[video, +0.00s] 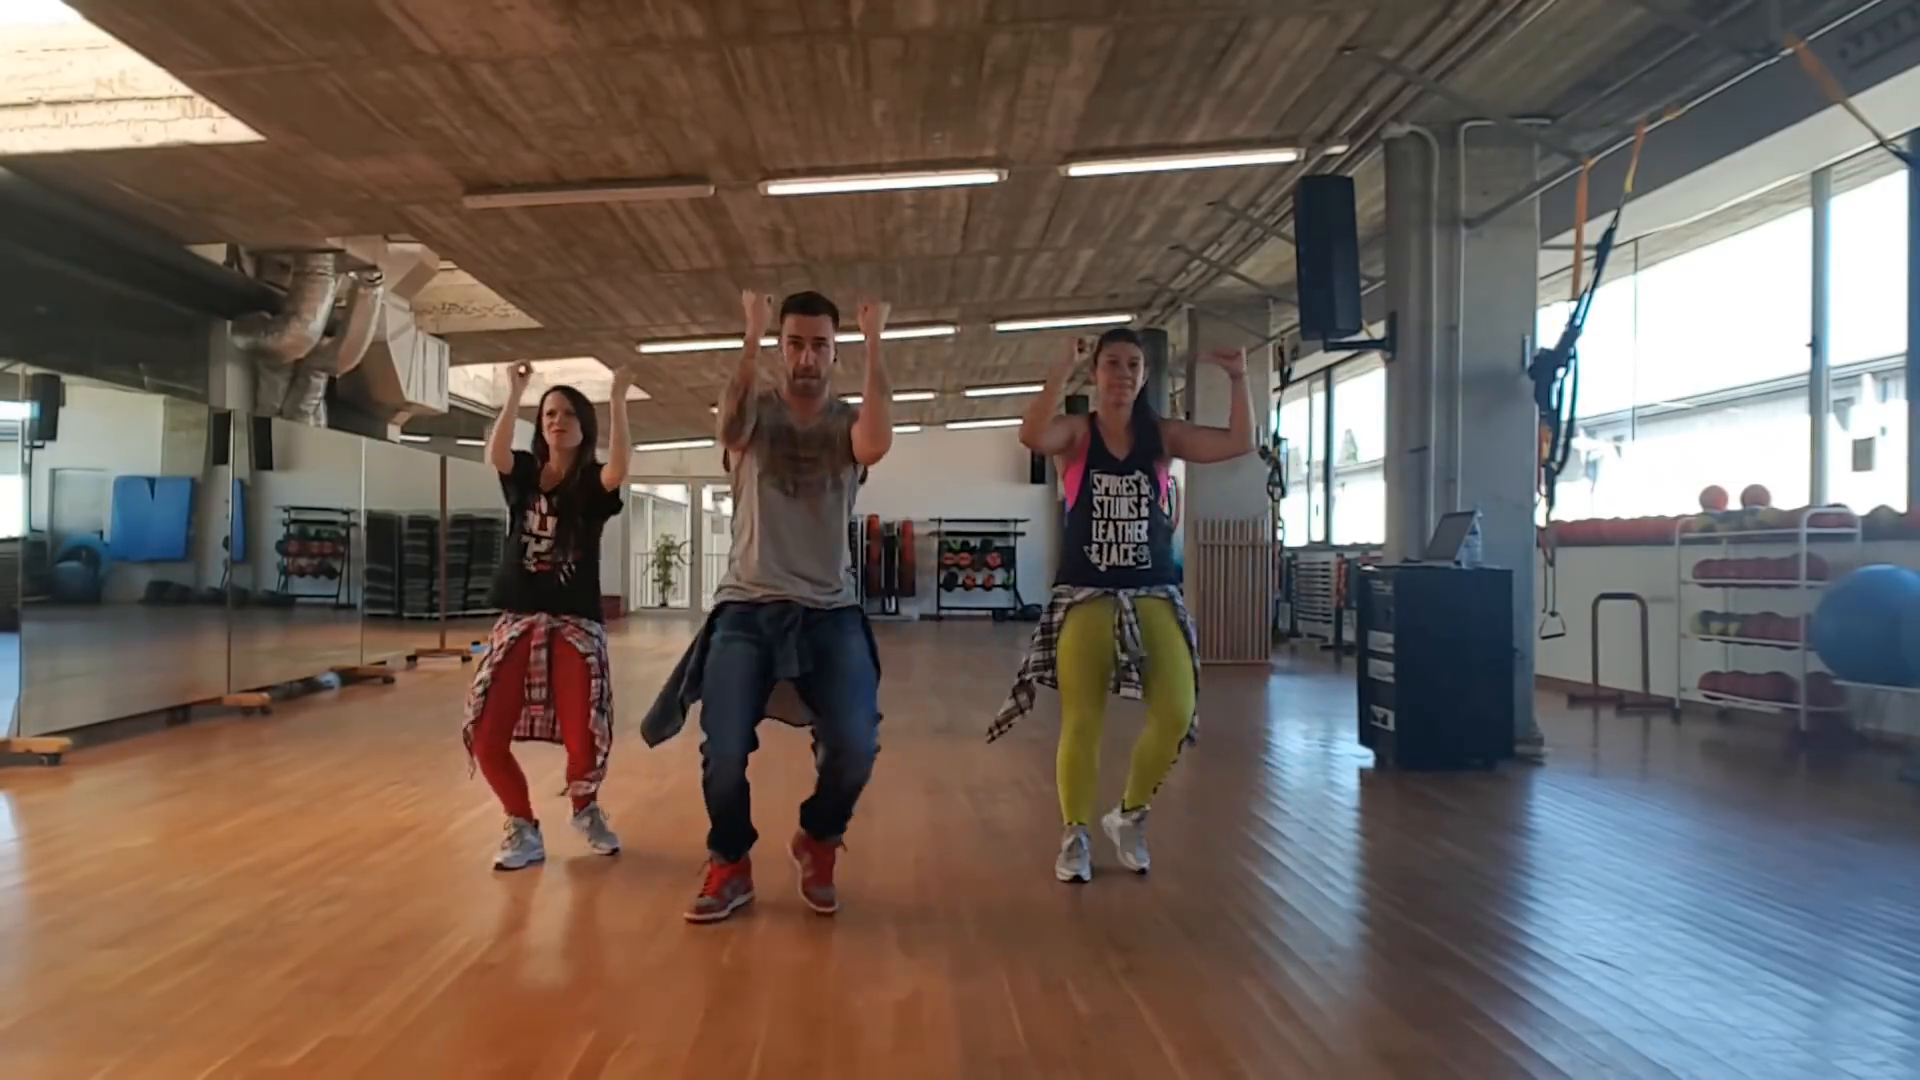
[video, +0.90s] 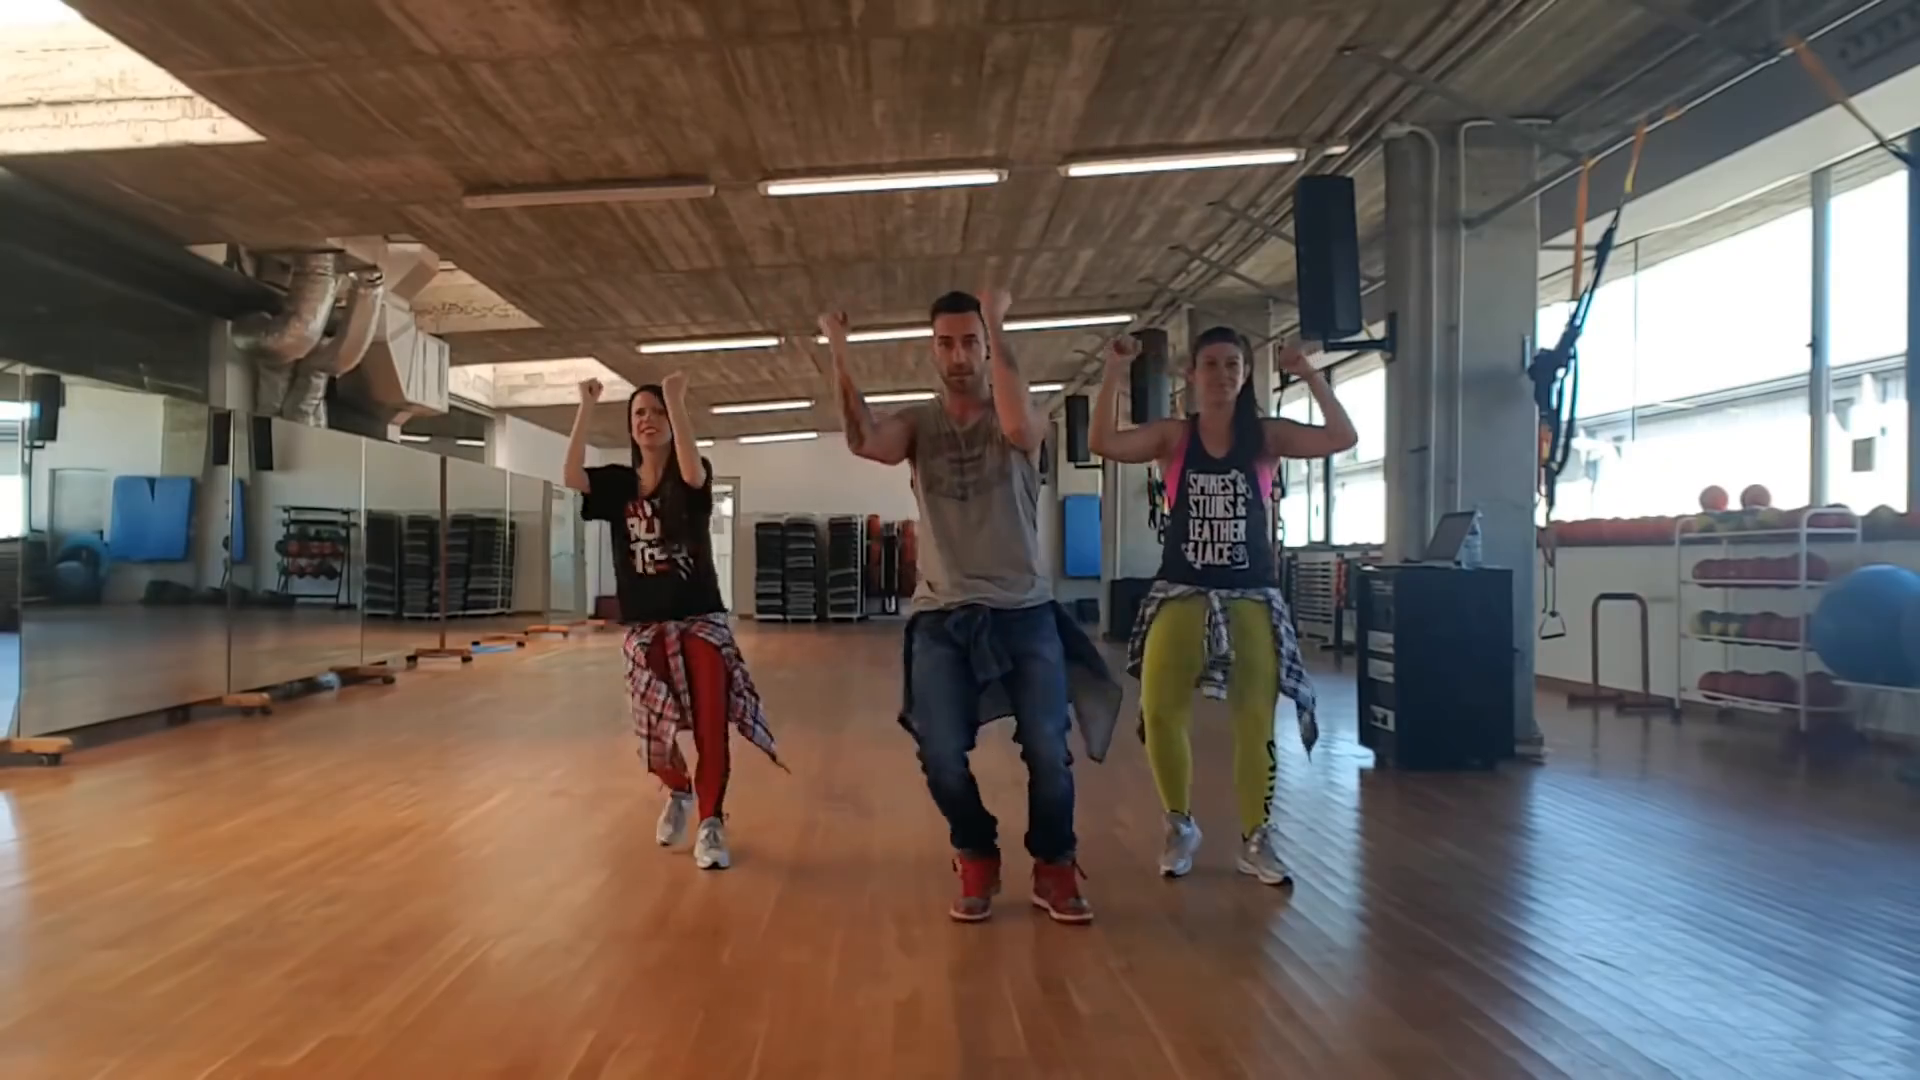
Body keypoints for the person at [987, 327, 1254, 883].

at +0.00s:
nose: (1122, 374)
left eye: (1132, 366)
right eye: (1112, 365)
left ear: (1144, 376)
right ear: (1094, 373)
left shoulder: (1161, 433)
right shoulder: (1076, 429)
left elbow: (1238, 442)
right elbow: (1032, 436)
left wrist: (1237, 376)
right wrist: (1061, 374)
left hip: (1154, 592)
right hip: (1087, 592)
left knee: (1176, 711)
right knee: (1082, 719)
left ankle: (1129, 815)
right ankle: (1075, 835)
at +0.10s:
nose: (1134, 376)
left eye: (1143, 367)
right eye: (1123, 367)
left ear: (1154, 377)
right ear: (1103, 376)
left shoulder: (1167, 437)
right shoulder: (1084, 432)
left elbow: (1237, 444)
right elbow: (1028, 437)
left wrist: (1229, 382)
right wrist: (1050, 374)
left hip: (1159, 593)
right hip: (1094, 594)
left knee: (1200, 705)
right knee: (1087, 719)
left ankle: (1174, 820)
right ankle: (1076, 836)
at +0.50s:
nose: (1202, 378)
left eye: (1210, 368)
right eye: (1191, 369)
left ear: (1222, 377)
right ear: (1172, 380)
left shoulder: (1242, 435)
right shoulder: (1159, 438)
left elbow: (1311, 432)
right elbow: (1091, 453)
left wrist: (1285, 379)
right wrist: (1102, 385)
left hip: (1233, 596)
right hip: (1171, 595)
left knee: (1256, 711)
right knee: (1134, 712)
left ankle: (1256, 840)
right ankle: (1088, 831)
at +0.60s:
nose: (1208, 377)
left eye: (1218, 367)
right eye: (1198, 368)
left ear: (1233, 377)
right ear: (1180, 379)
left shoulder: (1256, 433)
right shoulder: (1165, 439)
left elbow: (1328, 430)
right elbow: (1115, 442)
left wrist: (1308, 375)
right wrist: (1148, 380)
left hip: (1246, 596)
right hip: (1177, 595)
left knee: (1257, 718)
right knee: (1141, 707)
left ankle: (1256, 841)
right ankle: (1131, 821)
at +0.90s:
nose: (1222, 373)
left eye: (1232, 364)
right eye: (1211, 364)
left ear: (1246, 375)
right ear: (1192, 375)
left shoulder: (1266, 433)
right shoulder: (1172, 434)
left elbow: (1342, 438)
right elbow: (1103, 443)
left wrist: (1310, 374)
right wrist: (1114, 371)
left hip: (1251, 593)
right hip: (1181, 592)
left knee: (1255, 713)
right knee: (1160, 708)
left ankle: (1257, 839)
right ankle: (1179, 827)